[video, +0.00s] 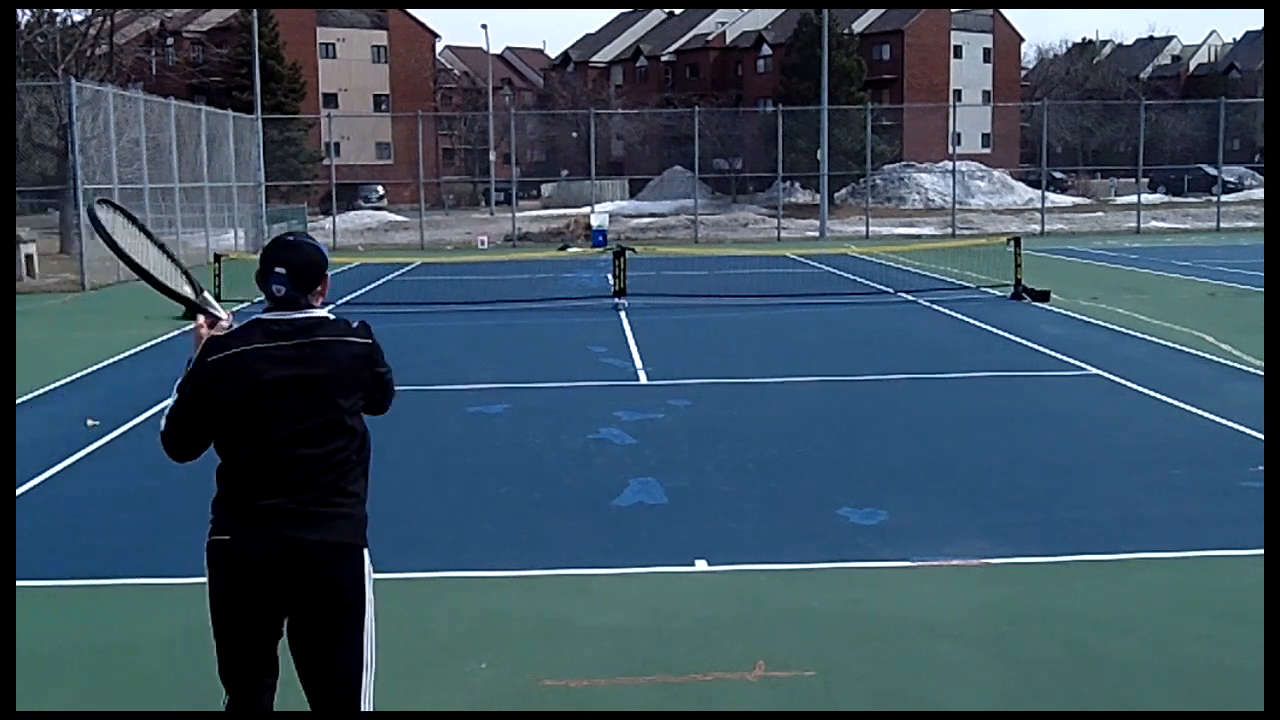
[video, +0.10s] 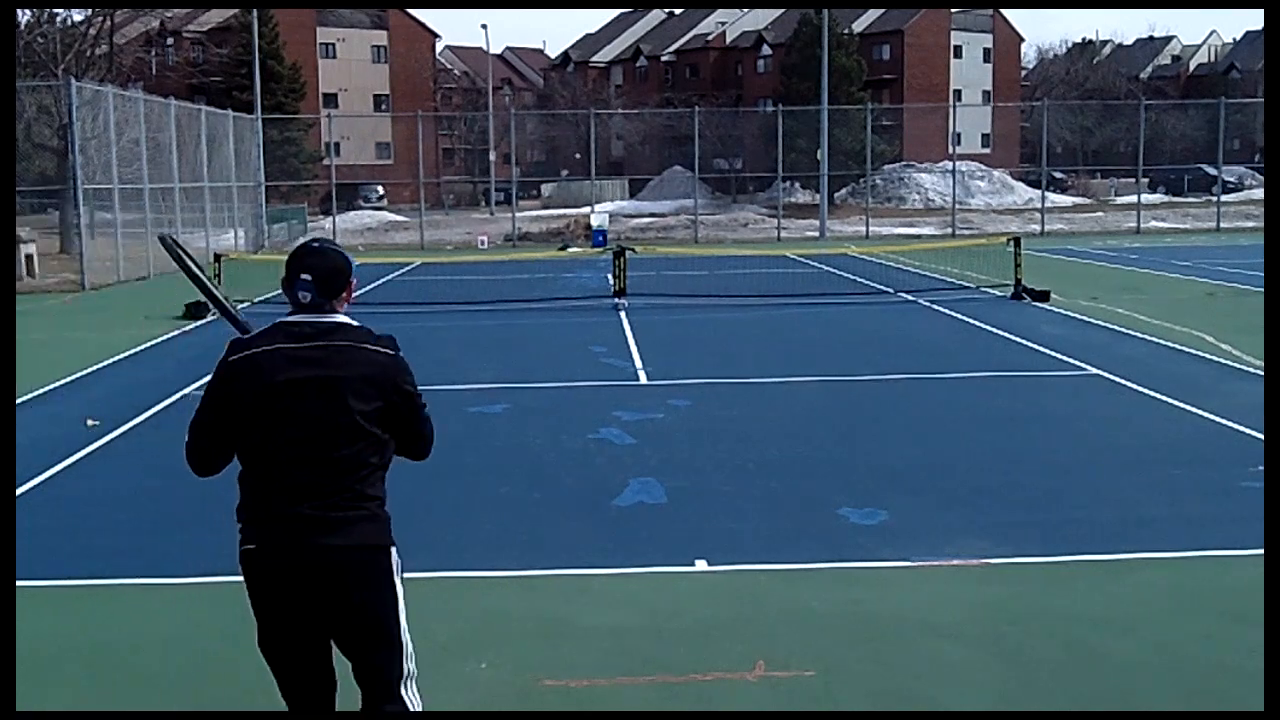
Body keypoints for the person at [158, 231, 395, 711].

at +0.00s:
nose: (329, 287)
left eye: (323, 278)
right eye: (327, 280)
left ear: (263, 288)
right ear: (322, 287)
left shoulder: (224, 351)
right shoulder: (351, 339)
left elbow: (180, 444)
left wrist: (203, 355)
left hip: (242, 551)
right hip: (332, 550)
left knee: (246, 694)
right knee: (340, 696)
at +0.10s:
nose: (353, 292)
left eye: (349, 285)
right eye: (352, 285)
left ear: (289, 293)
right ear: (347, 293)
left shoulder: (246, 356)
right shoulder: (377, 353)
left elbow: (204, 458)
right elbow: (418, 444)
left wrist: (238, 370)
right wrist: (357, 406)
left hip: (272, 558)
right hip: (360, 553)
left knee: (306, 699)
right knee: (389, 691)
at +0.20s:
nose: (373, 307)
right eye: (373, 301)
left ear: (311, 306)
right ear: (370, 308)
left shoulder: (271, 377)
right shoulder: (400, 375)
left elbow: (226, 478)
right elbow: (445, 476)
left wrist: (279, 416)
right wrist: (387, 444)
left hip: (301, 575)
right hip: (389, 571)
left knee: (318, 703)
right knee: (451, 693)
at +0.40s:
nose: (441, 279)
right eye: (440, 273)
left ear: (375, 280)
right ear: (435, 279)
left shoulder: (333, 347)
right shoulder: (467, 341)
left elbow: (296, 450)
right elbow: (509, 444)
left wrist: (358, 433)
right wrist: (456, 459)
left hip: (367, 544)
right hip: (456, 540)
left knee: (351, 687)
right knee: (513, 676)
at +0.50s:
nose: (470, 298)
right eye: (470, 292)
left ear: (406, 300)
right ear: (467, 299)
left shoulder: (369, 369)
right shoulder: (504, 363)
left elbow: (332, 477)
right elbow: (548, 464)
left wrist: (394, 462)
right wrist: (490, 484)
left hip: (404, 567)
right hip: (494, 563)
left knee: (371, 697)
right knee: (549, 692)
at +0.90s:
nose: (492, 324)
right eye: (492, 320)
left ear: (432, 323)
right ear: (489, 326)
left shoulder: (391, 390)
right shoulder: (510, 393)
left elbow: (372, 494)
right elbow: (546, 500)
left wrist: (428, 485)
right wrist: (490, 501)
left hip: (403, 575)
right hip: (487, 578)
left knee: (385, 693)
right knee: (550, 697)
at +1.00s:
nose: (481, 329)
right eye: (480, 322)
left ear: (421, 325)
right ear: (476, 326)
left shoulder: (380, 382)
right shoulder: (478, 391)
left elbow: (397, 468)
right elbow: (514, 508)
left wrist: (481, 447)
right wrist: (512, 456)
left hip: (367, 568)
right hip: (446, 574)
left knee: (365, 695)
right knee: (518, 700)